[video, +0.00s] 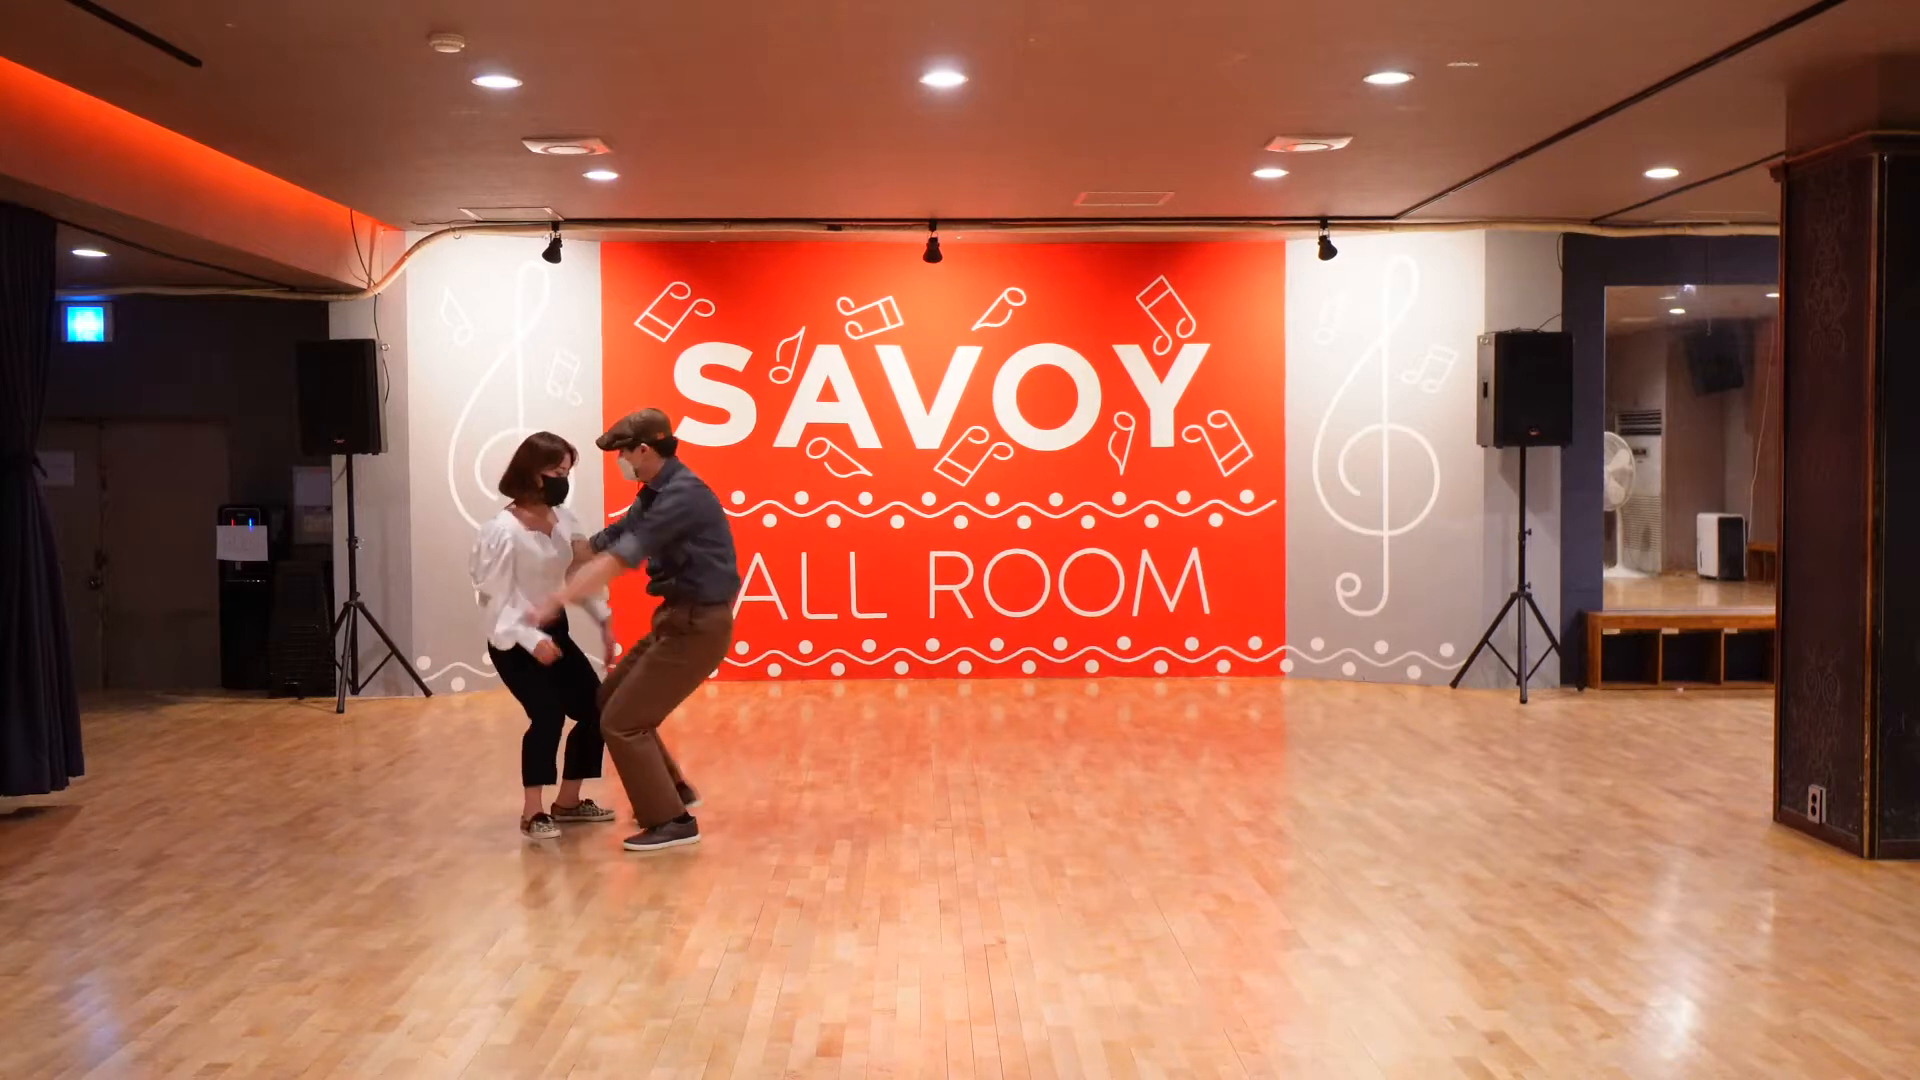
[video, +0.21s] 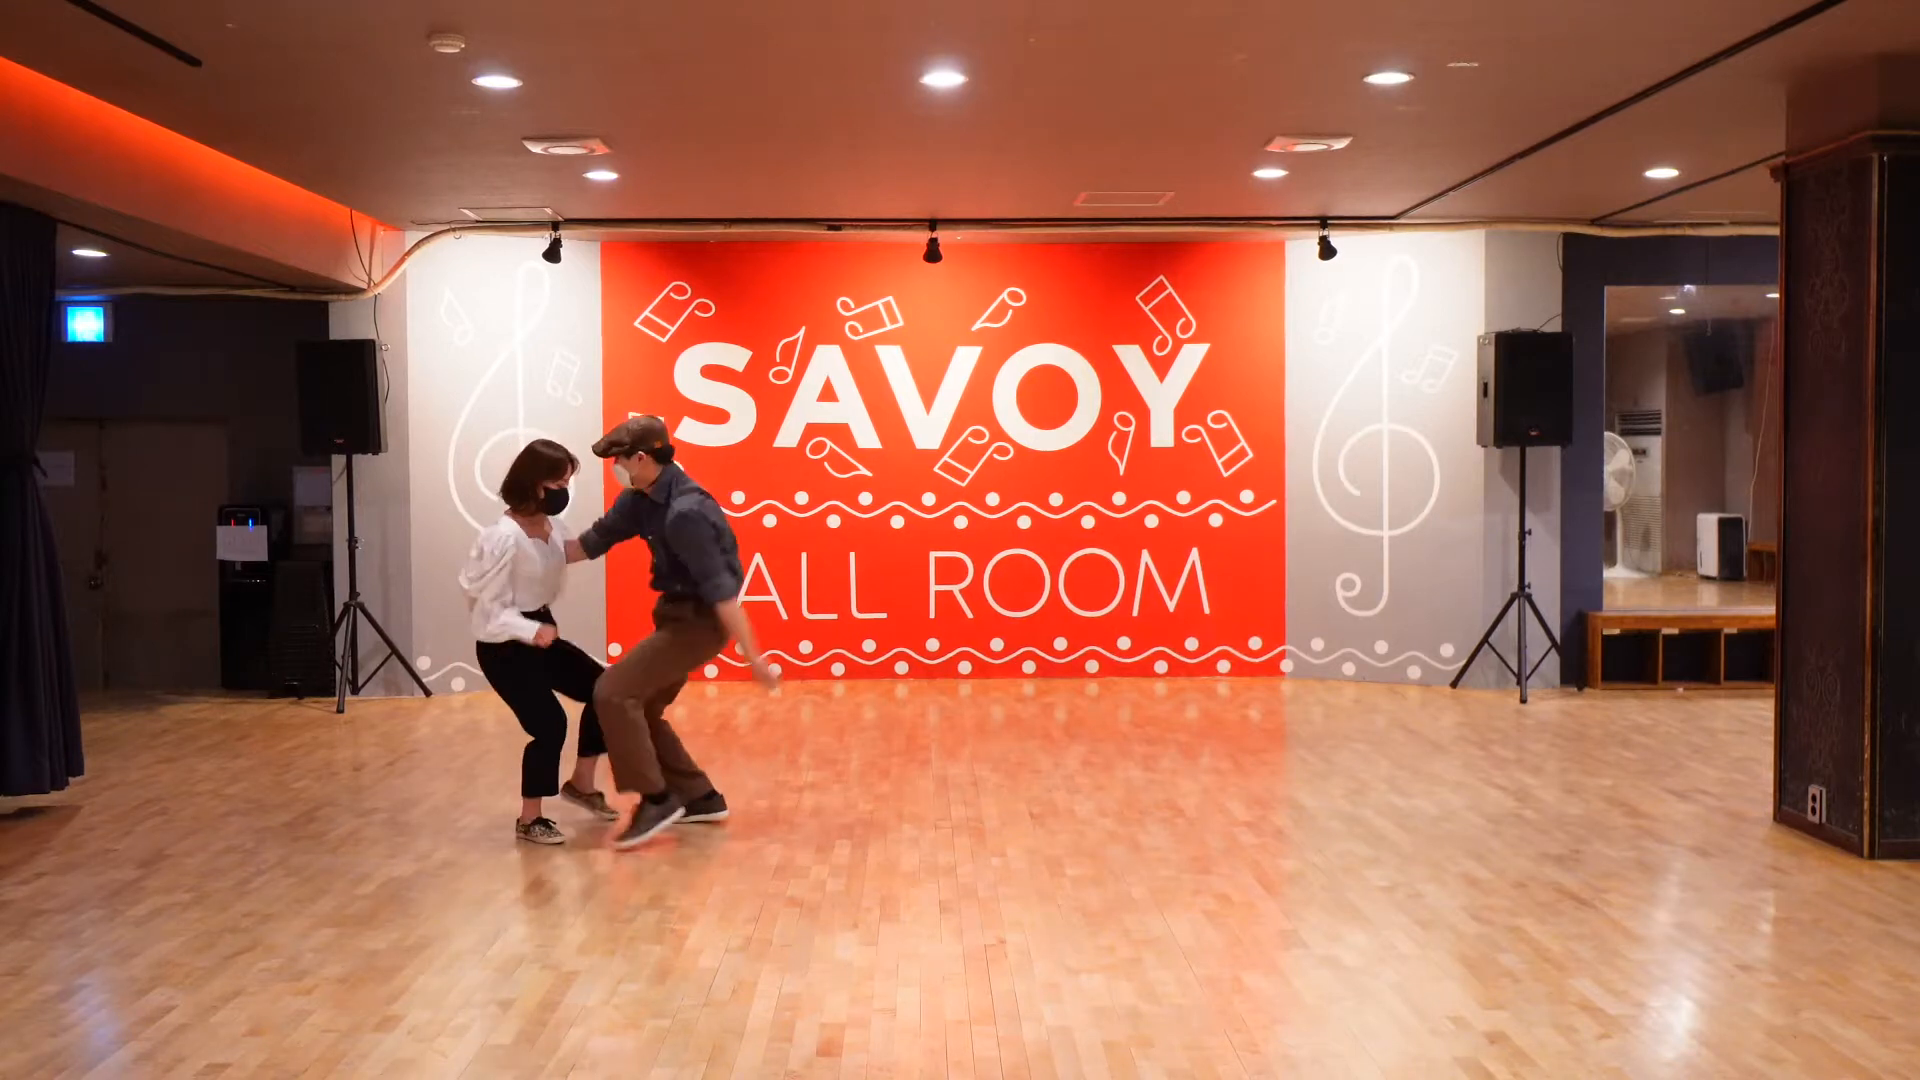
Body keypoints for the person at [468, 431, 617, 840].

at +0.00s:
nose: (565, 480)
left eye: (568, 472)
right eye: (559, 472)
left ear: (566, 473)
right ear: (536, 475)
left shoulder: (563, 521)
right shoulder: (502, 532)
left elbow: (581, 579)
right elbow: (495, 601)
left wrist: (605, 624)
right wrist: (531, 639)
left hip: (552, 629)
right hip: (512, 638)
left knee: (593, 704)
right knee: (548, 712)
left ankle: (568, 802)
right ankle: (533, 813)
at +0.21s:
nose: (568, 490)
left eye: (569, 482)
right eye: (562, 482)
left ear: (540, 486)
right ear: (539, 486)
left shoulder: (553, 529)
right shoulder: (502, 539)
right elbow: (490, 614)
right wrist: (533, 630)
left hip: (539, 637)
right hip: (501, 647)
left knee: (603, 689)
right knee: (551, 725)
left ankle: (582, 783)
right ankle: (530, 819)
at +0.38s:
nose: (560, 505)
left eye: (562, 497)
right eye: (555, 498)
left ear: (534, 496)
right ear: (532, 497)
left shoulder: (540, 532)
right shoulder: (500, 546)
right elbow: (517, 603)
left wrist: (572, 551)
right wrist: (566, 568)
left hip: (533, 644)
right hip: (499, 651)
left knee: (583, 713)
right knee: (541, 729)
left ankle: (629, 787)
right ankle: (529, 820)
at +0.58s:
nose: (564, 509)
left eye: (565, 500)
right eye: (559, 501)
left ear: (534, 500)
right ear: (538, 502)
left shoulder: (539, 536)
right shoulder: (500, 549)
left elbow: (527, 573)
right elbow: (543, 587)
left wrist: (487, 592)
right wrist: (594, 571)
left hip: (527, 643)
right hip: (492, 649)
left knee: (587, 698)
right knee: (539, 726)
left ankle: (609, 799)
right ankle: (529, 819)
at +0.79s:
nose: (572, 500)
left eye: (575, 492)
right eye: (568, 492)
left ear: (540, 489)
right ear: (547, 488)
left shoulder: (549, 534)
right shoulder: (504, 539)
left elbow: (545, 600)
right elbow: (492, 616)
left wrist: (559, 642)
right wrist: (473, 675)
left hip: (530, 639)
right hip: (500, 643)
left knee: (574, 716)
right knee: (551, 722)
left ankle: (541, 807)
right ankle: (531, 817)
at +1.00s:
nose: (576, 509)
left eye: (578, 503)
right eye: (574, 501)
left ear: (539, 488)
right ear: (559, 498)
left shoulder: (554, 541)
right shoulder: (497, 525)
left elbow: (587, 589)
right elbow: (434, 549)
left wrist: (621, 561)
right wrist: (378, 577)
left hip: (522, 642)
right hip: (491, 645)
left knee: (564, 713)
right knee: (566, 712)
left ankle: (537, 809)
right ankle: (603, 804)